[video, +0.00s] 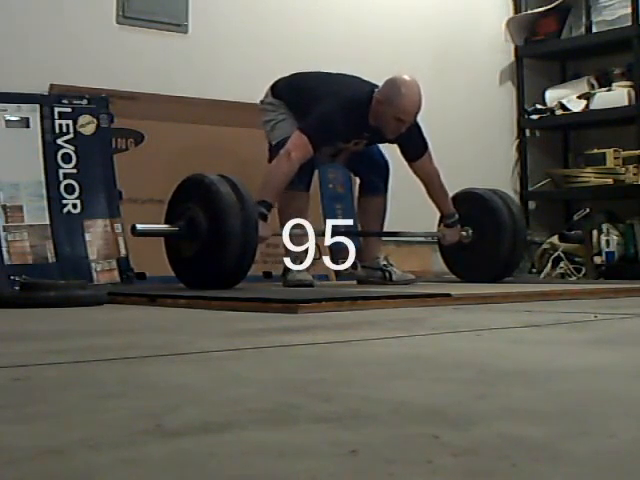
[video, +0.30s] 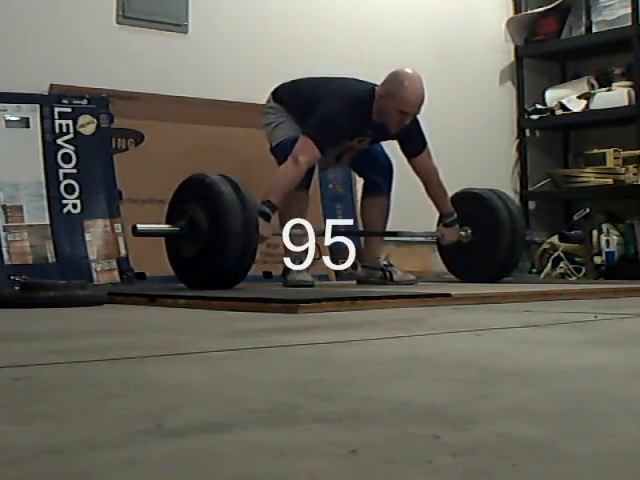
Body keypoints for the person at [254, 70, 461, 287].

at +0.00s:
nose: (403, 129)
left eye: (409, 123)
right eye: (398, 120)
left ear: (414, 114)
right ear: (377, 104)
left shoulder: (404, 120)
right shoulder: (340, 109)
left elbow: (426, 169)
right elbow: (291, 155)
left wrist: (450, 217)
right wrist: (261, 211)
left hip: (332, 122)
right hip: (284, 107)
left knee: (376, 167)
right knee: (298, 166)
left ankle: (370, 262)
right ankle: (296, 265)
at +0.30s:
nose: (406, 122)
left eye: (411, 116)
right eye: (401, 114)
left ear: (417, 109)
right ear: (380, 99)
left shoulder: (405, 119)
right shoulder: (343, 107)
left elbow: (426, 168)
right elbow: (300, 159)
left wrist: (449, 217)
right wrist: (266, 208)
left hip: (333, 125)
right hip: (285, 112)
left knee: (380, 167)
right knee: (299, 169)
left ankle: (372, 263)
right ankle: (295, 266)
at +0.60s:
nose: (405, 120)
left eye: (411, 113)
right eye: (401, 111)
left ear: (416, 107)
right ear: (380, 98)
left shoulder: (405, 120)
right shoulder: (340, 108)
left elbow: (425, 170)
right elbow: (297, 160)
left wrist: (447, 217)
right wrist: (263, 212)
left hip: (330, 126)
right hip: (283, 112)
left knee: (377, 167)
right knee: (299, 168)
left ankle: (372, 262)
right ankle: (296, 266)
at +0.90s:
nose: (406, 120)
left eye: (411, 113)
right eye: (401, 111)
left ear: (416, 106)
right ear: (380, 97)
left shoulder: (404, 121)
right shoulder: (340, 107)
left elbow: (424, 171)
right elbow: (294, 161)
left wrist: (446, 218)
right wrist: (261, 213)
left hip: (330, 126)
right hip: (283, 113)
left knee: (376, 167)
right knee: (298, 169)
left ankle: (371, 262)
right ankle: (296, 266)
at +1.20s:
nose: (407, 122)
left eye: (413, 115)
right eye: (403, 113)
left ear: (418, 108)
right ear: (381, 99)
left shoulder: (405, 122)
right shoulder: (341, 108)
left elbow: (425, 171)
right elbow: (294, 161)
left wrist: (446, 217)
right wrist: (259, 213)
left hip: (329, 126)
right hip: (283, 112)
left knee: (377, 166)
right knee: (298, 169)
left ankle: (371, 262)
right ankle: (296, 264)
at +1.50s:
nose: (411, 126)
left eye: (417, 120)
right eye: (407, 117)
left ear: (422, 114)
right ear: (385, 100)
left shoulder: (408, 122)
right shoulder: (346, 109)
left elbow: (429, 175)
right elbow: (296, 162)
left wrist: (448, 218)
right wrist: (260, 212)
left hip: (334, 107)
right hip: (288, 98)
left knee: (363, 167)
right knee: (298, 170)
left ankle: (371, 263)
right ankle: (295, 265)